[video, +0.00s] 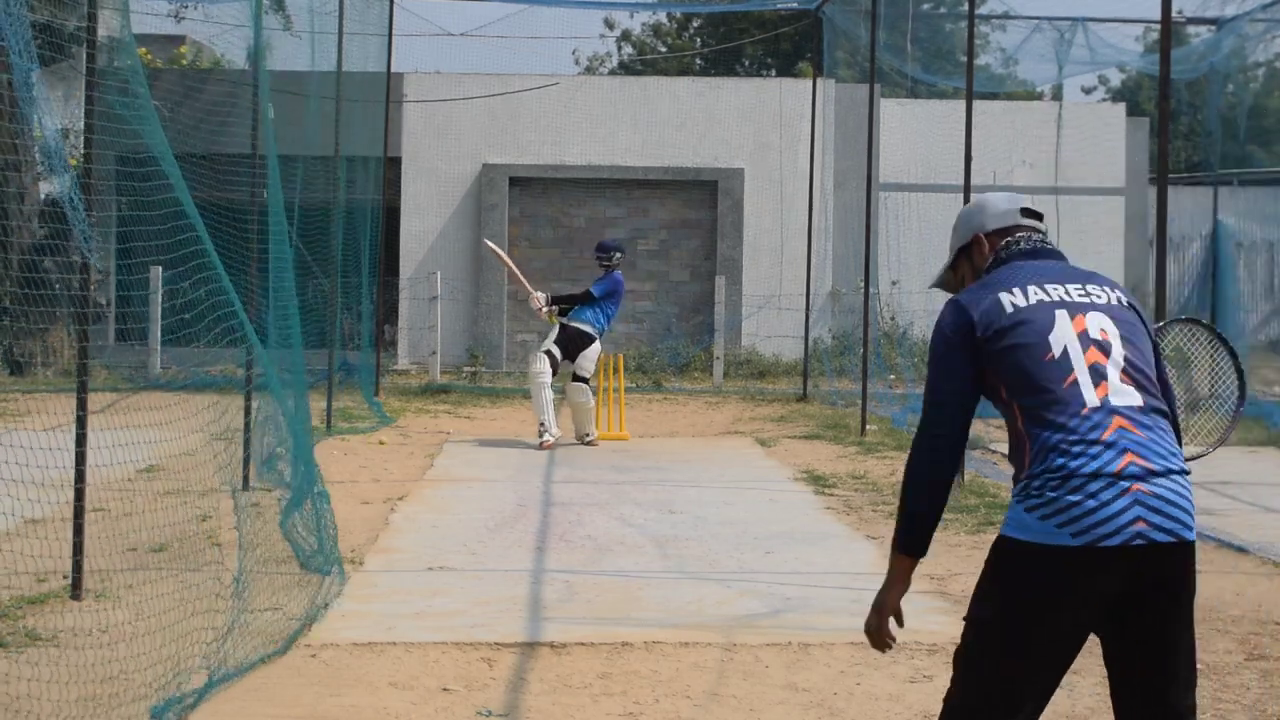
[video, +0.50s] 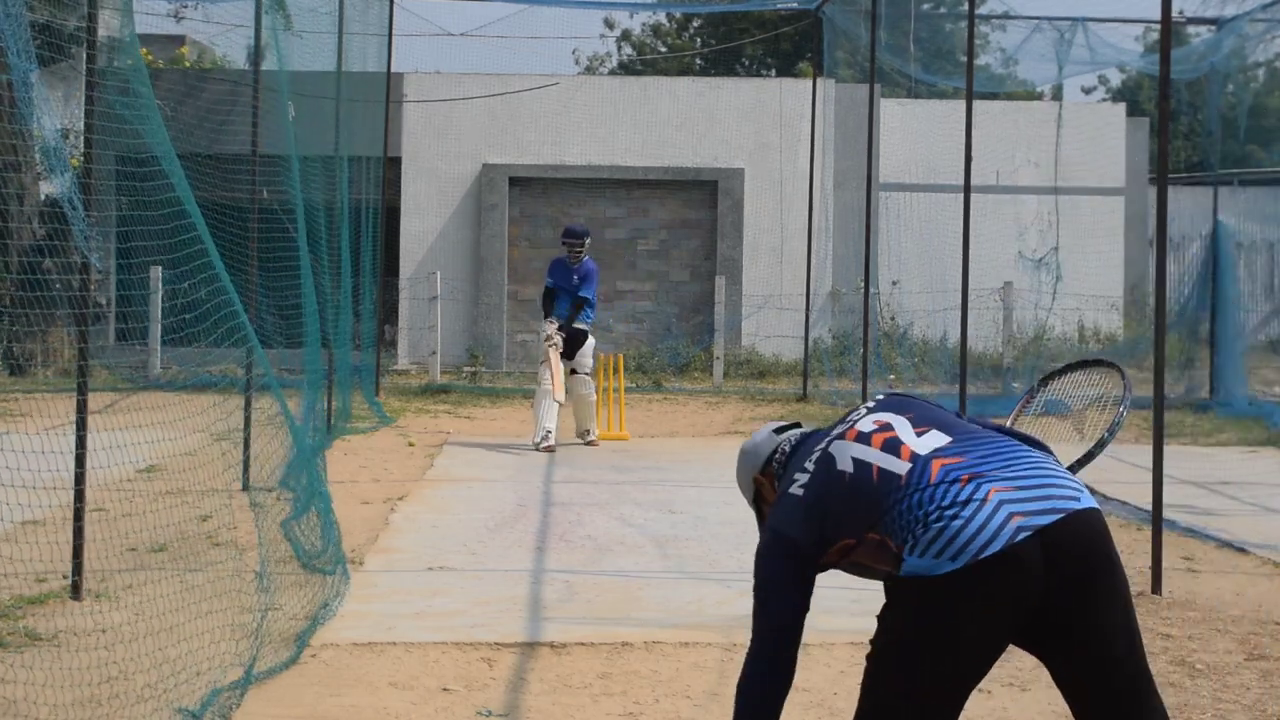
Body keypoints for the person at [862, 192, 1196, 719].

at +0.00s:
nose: (961, 288)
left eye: (960, 275)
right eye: (958, 278)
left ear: (980, 250)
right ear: (1037, 241)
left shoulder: (973, 306)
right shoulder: (1117, 294)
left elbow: (938, 451)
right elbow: (1166, 418)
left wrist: (897, 575)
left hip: (1059, 535)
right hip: (1166, 534)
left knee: (982, 706)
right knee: (1163, 708)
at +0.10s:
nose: (880, 365)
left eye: (877, 352)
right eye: (875, 356)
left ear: (892, 315)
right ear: (955, 302)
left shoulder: (892, 368)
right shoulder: (1038, 325)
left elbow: (857, 518)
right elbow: (1117, 425)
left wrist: (817, 648)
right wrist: (1132, 512)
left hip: (1018, 549)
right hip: (1134, 541)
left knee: (944, 709)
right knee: (1147, 709)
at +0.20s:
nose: (835, 411)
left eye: (831, 397)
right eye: (831, 399)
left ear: (843, 374)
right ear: (898, 343)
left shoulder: (848, 423)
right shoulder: (980, 350)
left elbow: (815, 569)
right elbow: (1076, 428)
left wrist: (772, 700)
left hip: (996, 557)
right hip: (1118, 539)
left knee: (922, 710)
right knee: (1146, 709)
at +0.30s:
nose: (787, 491)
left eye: (781, 474)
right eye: (781, 478)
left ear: (793, 451)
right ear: (833, 413)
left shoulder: (809, 490)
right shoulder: (925, 394)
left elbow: (777, 640)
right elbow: (1054, 456)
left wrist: (747, 714)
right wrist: (912, 545)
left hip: (974, 563)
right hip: (1090, 541)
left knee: (899, 710)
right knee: (1142, 709)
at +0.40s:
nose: (773, 520)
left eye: (767, 506)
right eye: (766, 509)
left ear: (776, 482)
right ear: (813, 443)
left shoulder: (798, 513)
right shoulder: (902, 411)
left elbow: (768, 668)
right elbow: (1037, 451)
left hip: (965, 565)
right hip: (1079, 536)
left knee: (893, 711)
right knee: (1135, 706)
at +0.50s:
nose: (767, 522)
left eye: (760, 507)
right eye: (759, 510)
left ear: (770, 481)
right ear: (803, 442)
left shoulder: (791, 512)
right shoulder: (894, 408)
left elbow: (769, 664)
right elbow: (1031, 448)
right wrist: (902, 564)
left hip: (962, 561)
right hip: (1075, 529)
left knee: (896, 709)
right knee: (1129, 705)